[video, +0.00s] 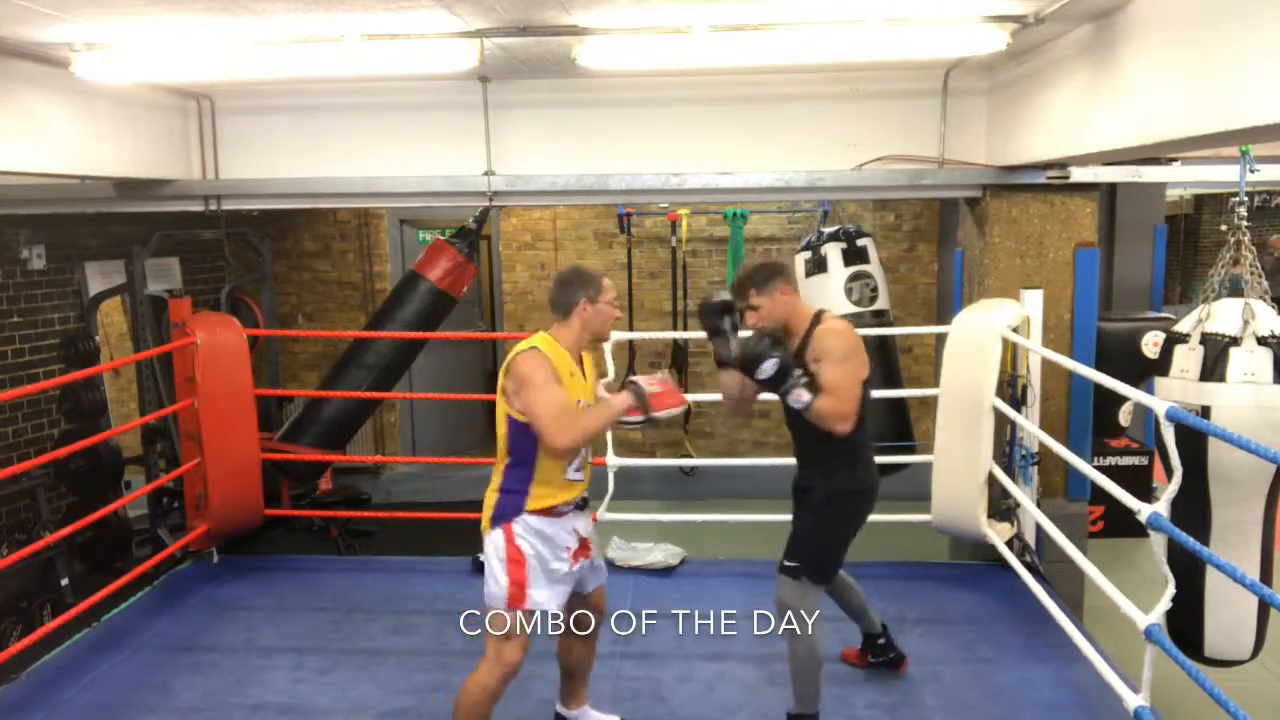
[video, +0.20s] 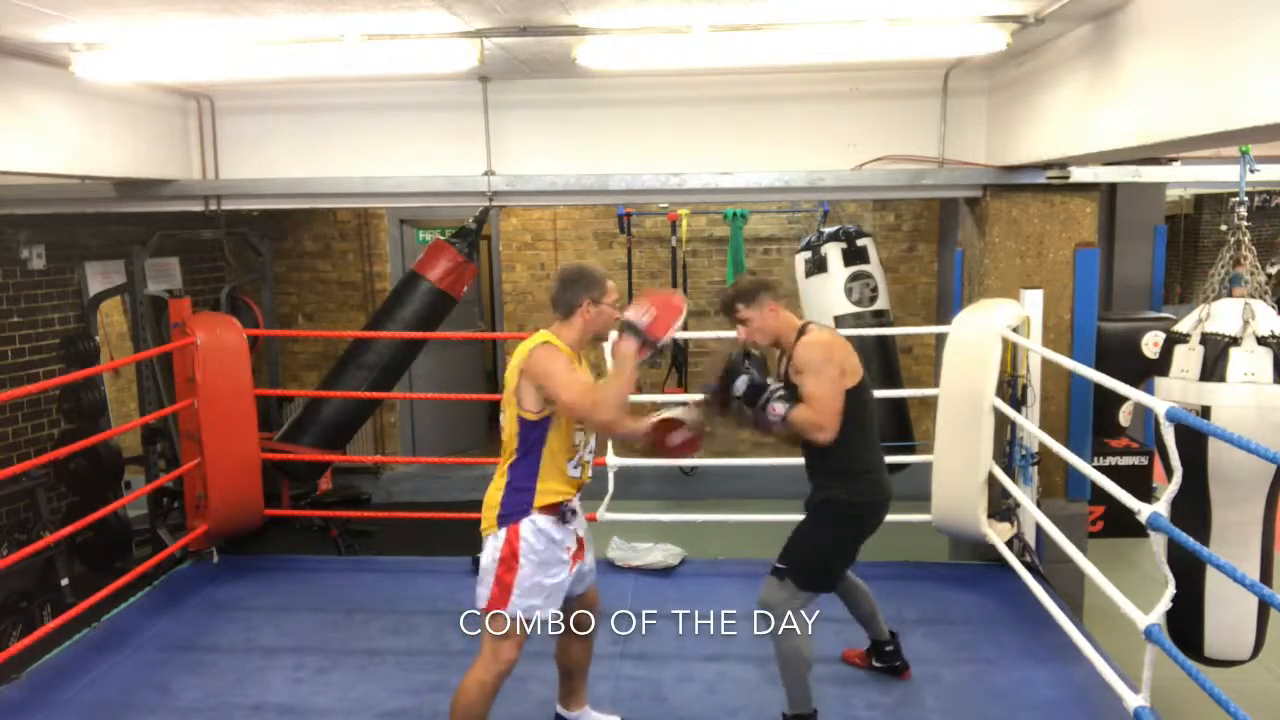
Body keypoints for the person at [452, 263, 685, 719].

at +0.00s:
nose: (617, 314)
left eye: (616, 304)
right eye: (611, 304)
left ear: (583, 307)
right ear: (583, 307)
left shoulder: (584, 358)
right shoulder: (531, 361)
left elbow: (583, 411)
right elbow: (560, 434)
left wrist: (633, 399)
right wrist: (624, 399)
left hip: (569, 514)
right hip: (521, 523)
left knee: (588, 609)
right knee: (505, 656)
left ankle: (573, 708)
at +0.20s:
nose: (619, 314)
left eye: (618, 306)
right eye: (613, 305)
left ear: (584, 308)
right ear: (587, 308)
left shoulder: (582, 356)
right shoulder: (543, 354)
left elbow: (596, 423)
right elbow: (602, 412)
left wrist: (648, 428)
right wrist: (626, 356)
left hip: (562, 515)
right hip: (522, 522)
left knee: (583, 610)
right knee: (500, 654)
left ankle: (573, 709)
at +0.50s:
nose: (602, 310)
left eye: (601, 300)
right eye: (596, 300)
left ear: (564, 308)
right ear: (568, 308)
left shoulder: (562, 356)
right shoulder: (521, 363)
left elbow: (594, 399)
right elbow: (575, 432)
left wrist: (634, 377)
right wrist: (616, 370)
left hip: (557, 515)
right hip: (514, 525)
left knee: (576, 614)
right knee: (496, 657)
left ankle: (572, 707)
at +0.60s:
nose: (601, 309)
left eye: (600, 299)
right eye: (595, 300)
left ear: (564, 309)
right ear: (567, 309)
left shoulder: (568, 354)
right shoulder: (523, 366)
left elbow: (606, 396)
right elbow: (580, 430)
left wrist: (661, 379)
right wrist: (611, 369)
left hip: (553, 516)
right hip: (513, 526)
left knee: (573, 615)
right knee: (494, 653)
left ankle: (571, 707)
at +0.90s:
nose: (596, 306)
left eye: (593, 298)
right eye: (589, 299)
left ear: (562, 308)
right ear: (563, 310)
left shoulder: (569, 340)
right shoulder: (520, 372)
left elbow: (632, 306)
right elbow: (550, 455)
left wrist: (695, 278)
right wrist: (608, 416)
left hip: (561, 507)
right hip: (521, 520)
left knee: (578, 603)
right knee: (510, 651)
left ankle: (573, 706)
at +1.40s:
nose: (557, 315)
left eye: (558, 304)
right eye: (554, 304)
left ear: (501, 304)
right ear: (533, 308)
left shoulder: (469, 351)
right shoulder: (513, 370)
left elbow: (505, 415)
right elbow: (563, 452)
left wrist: (545, 365)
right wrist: (592, 417)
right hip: (485, 533)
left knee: (520, 624)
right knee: (489, 670)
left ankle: (524, 707)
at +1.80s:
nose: (536, 320)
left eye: (536, 311)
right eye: (531, 312)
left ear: (489, 316)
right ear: (505, 318)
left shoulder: (454, 352)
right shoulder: (496, 355)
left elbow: (518, 378)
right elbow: (568, 357)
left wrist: (545, 345)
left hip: (452, 507)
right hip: (472, 516)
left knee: (472, 603)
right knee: (472, 649)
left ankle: (468, 669)